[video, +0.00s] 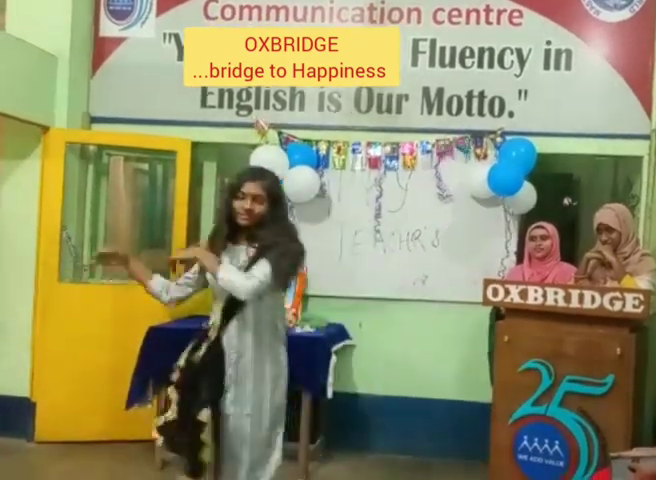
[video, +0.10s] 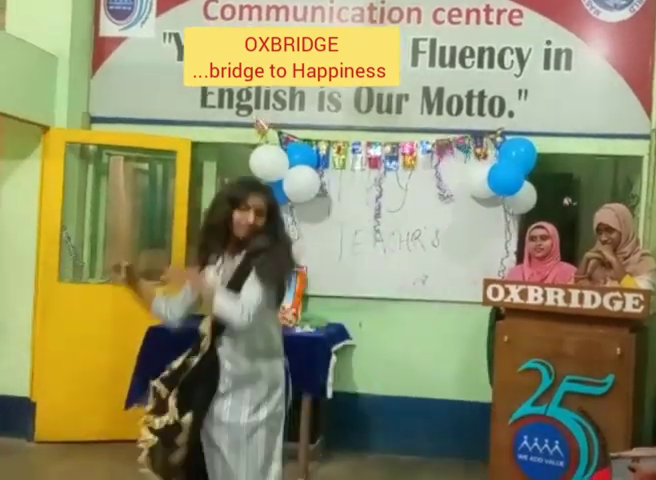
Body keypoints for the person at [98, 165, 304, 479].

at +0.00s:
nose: (247, 207)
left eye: (257, 201)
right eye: (241, 197)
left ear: (272, 207)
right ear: (231, 201)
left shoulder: (283, 248)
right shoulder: (222, 243)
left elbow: (245, 288)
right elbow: (173, 294)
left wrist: (206, 257)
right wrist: (132, 265)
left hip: (259, 364)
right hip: (220, 359)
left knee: (250, 449)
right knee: (215, 444)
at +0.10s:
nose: (250, 220)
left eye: (260, 213)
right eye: (242, 209)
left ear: (268, 219)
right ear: (227, 212)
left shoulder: (269, 260)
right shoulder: (215, 257)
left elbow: (243, 316)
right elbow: (174, 313)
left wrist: (201, 284)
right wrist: (136, 285)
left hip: (258, 384)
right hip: (220, 379)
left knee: (249, 468)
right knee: (216, 463)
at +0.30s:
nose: (251, 249)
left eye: (259, 242)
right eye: (242, 241)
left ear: (267, 248)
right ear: (227, 246)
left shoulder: (277, 298)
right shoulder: (217, 293)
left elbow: (263, 369)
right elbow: (217, 362)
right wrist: (193, 414)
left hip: (280, 405)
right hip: (234, 400)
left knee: (273, 472)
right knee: (230, 471)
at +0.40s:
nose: (261, 237)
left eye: (269, 229)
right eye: (251, 231)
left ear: (282, 237)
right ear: (241, 241)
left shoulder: (305, 286)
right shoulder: (242, 293)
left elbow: (311, 356)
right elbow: (250, 356)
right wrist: (260, 417)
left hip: (307, 399)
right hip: (265, 399)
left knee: (302, 471)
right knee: (258, 470)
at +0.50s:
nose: (266, 214)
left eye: (275, 206)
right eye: (262, 210)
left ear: (298, 213)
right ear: (259, 222)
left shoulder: (335, 266)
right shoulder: (266, 277)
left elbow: (360, 331)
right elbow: (273, 335)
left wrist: (394, 384)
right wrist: (304, 373)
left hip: (332, 387)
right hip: (287, 388)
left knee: (330, 468)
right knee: (288, 468)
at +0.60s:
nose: (284, 199)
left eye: (293, 191)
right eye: (281, 194)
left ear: (317, 196)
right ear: (279, 205)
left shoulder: (347, 250)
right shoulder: (277, 252)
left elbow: (396, 284)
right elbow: (278, 317)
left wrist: (433, 309)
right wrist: (336, 326)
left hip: (343, 375)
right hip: (297, 377)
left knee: (363, 462)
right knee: (308, 466)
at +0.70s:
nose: (309, 197)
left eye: (319, 190)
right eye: (302, 191)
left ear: (337, 199)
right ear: (295, 202)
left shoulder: (352, 248)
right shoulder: (283, 249)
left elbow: (403, 264)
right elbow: (275, 304)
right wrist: (331, 279)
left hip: (352, 381)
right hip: (304, 382)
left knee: (385, 462)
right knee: (316, 470)